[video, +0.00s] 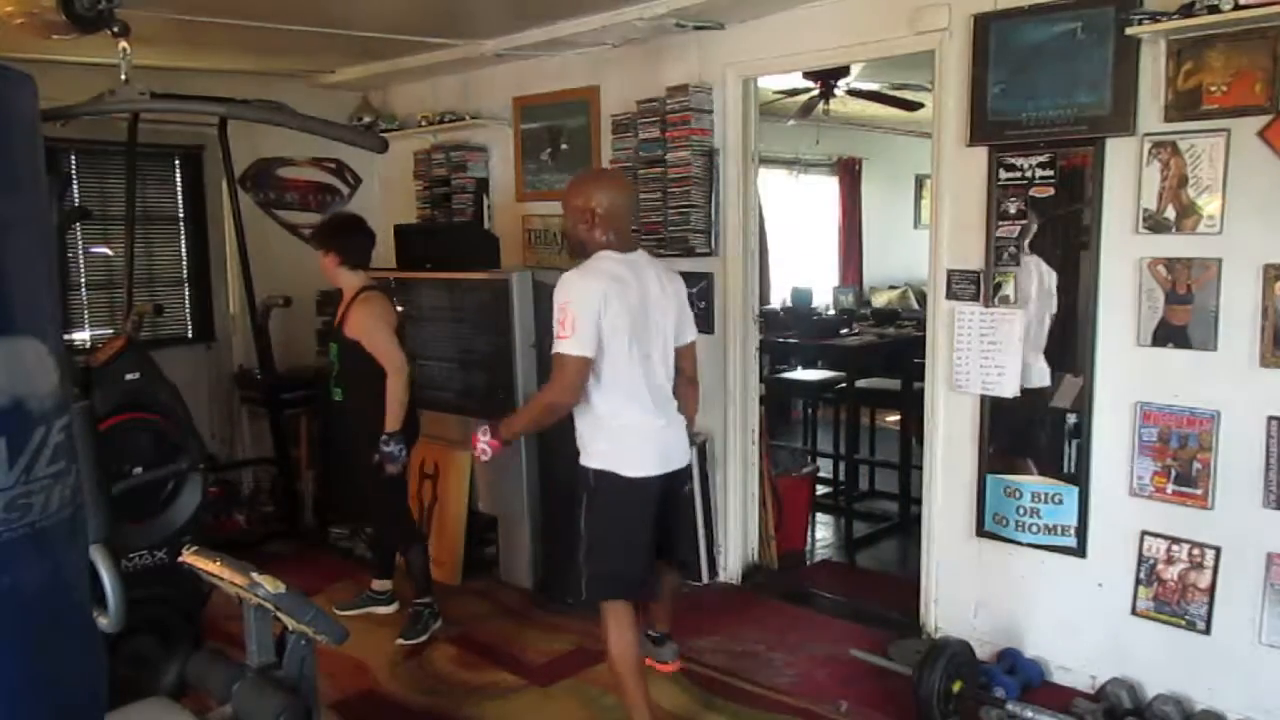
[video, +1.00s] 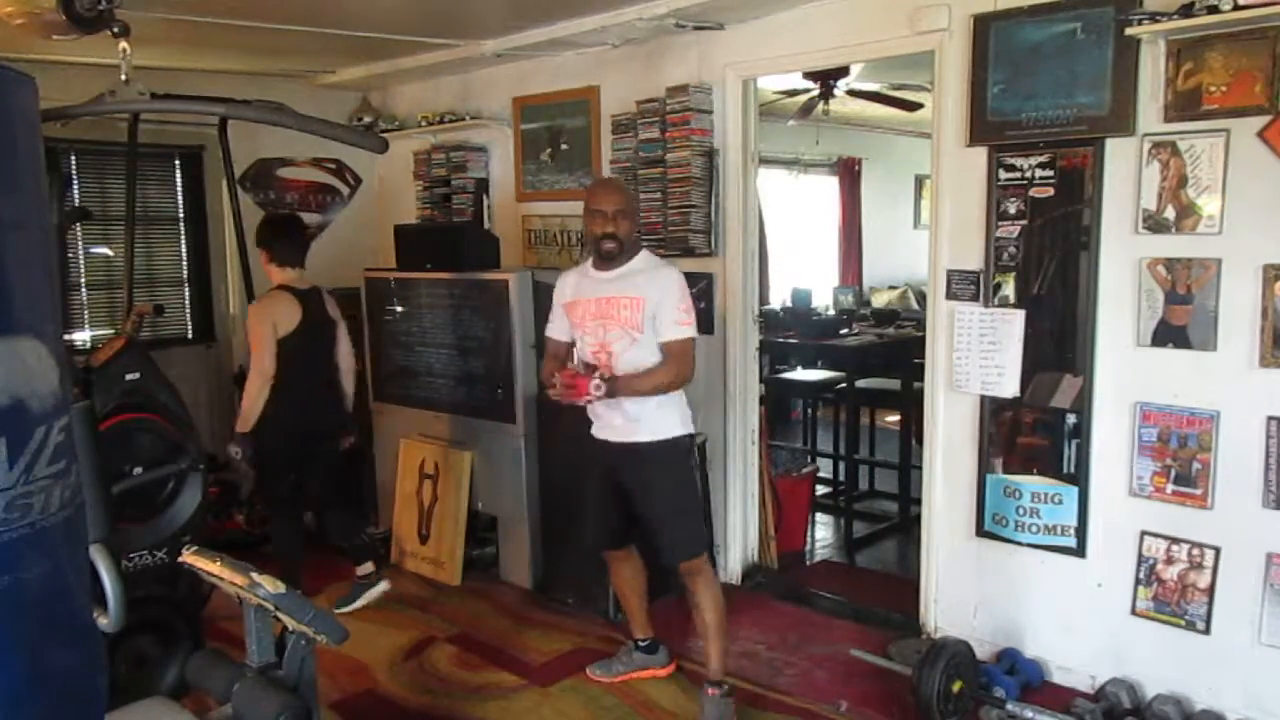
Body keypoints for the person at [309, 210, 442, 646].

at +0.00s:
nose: (320, 262)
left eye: (323, 254)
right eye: (321, 253)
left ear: (334, 259)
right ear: (359, 254)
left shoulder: (367, 309)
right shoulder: (353, 301)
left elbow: (398, 369)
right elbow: (369, 366)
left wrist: (393, 433)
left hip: (383, 427)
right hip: (364, 423)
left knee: (395, 513)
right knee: (379, 510)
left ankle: (425, 604)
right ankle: (381, 588)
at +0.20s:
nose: (314, 263)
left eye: (316, 256)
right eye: (315, 255)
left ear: (325, 261)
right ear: (356, 255)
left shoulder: (348, 312)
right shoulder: (368, 301)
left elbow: (367, 376)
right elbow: (378, 369)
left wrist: (348, 437)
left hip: (363, 424)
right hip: (378, 417)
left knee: (354, 509)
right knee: (371, 503)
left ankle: (405, 593)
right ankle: (383, 584)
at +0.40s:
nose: (308, 262)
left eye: (309, 255)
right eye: (308, 255)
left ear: (319, 258)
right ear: (349, 254)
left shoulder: (332, 310)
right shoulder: (366, 299)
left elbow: (343, 372)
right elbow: (374, 364)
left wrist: (309, 427)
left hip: (350, 418)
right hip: (378, 413)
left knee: (323, 494)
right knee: (366, 497)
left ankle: (343, 585)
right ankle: (381, 586)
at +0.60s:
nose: (297, 263)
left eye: (297, 256)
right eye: (297, 256)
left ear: (307, 258)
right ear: (337, 254)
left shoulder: (312, 310)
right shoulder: (359, 301)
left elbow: (319, 374)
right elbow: (376, 364)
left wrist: (295, 432)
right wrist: (358, 395)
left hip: (326, 422)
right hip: (361, 417)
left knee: (303, 503)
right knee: (363, 502)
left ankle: (295, 587)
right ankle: (380, 587)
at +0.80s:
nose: (278, 258)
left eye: (280, 252)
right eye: (280, 251)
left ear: (286, 256)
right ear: (322, 253)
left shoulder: (288, 309)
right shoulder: (347, 303)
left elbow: (294, 375)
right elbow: (363, 362)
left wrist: (279, 437)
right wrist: (363, 409)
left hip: (307, 427)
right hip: (349, 420)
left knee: (292, 513)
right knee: (359, 500)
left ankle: (290, 591)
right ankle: (377, 584)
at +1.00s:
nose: (260, 259)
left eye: (260, 253)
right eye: (262, 252)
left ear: (266, 257)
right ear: (303, 253)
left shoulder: (264, 308)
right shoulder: (327, 302)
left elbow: (262, 374)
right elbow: (346, 363)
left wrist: (241, 430)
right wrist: (346, 414)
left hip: (283, 426)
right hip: (327, 419)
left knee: (283, 506)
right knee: (330, 495)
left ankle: (289, 590)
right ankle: (366, 568)